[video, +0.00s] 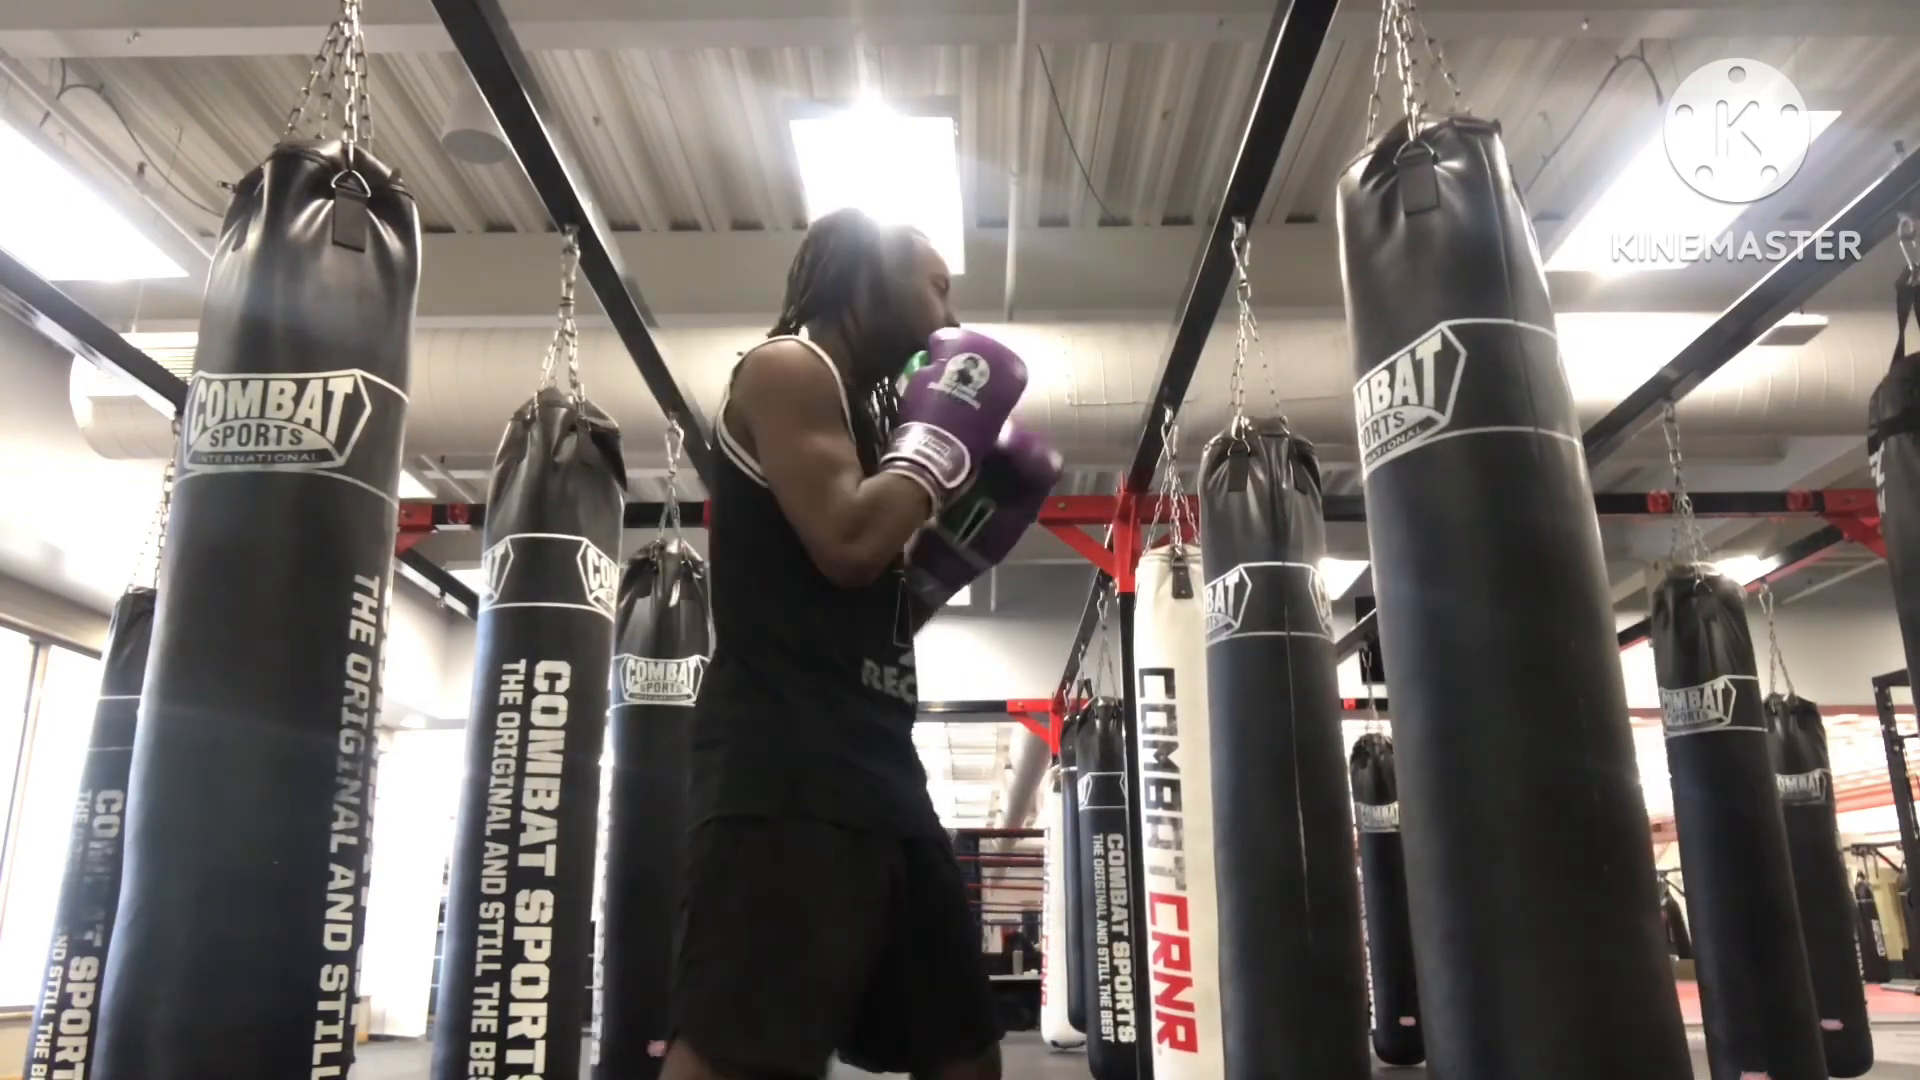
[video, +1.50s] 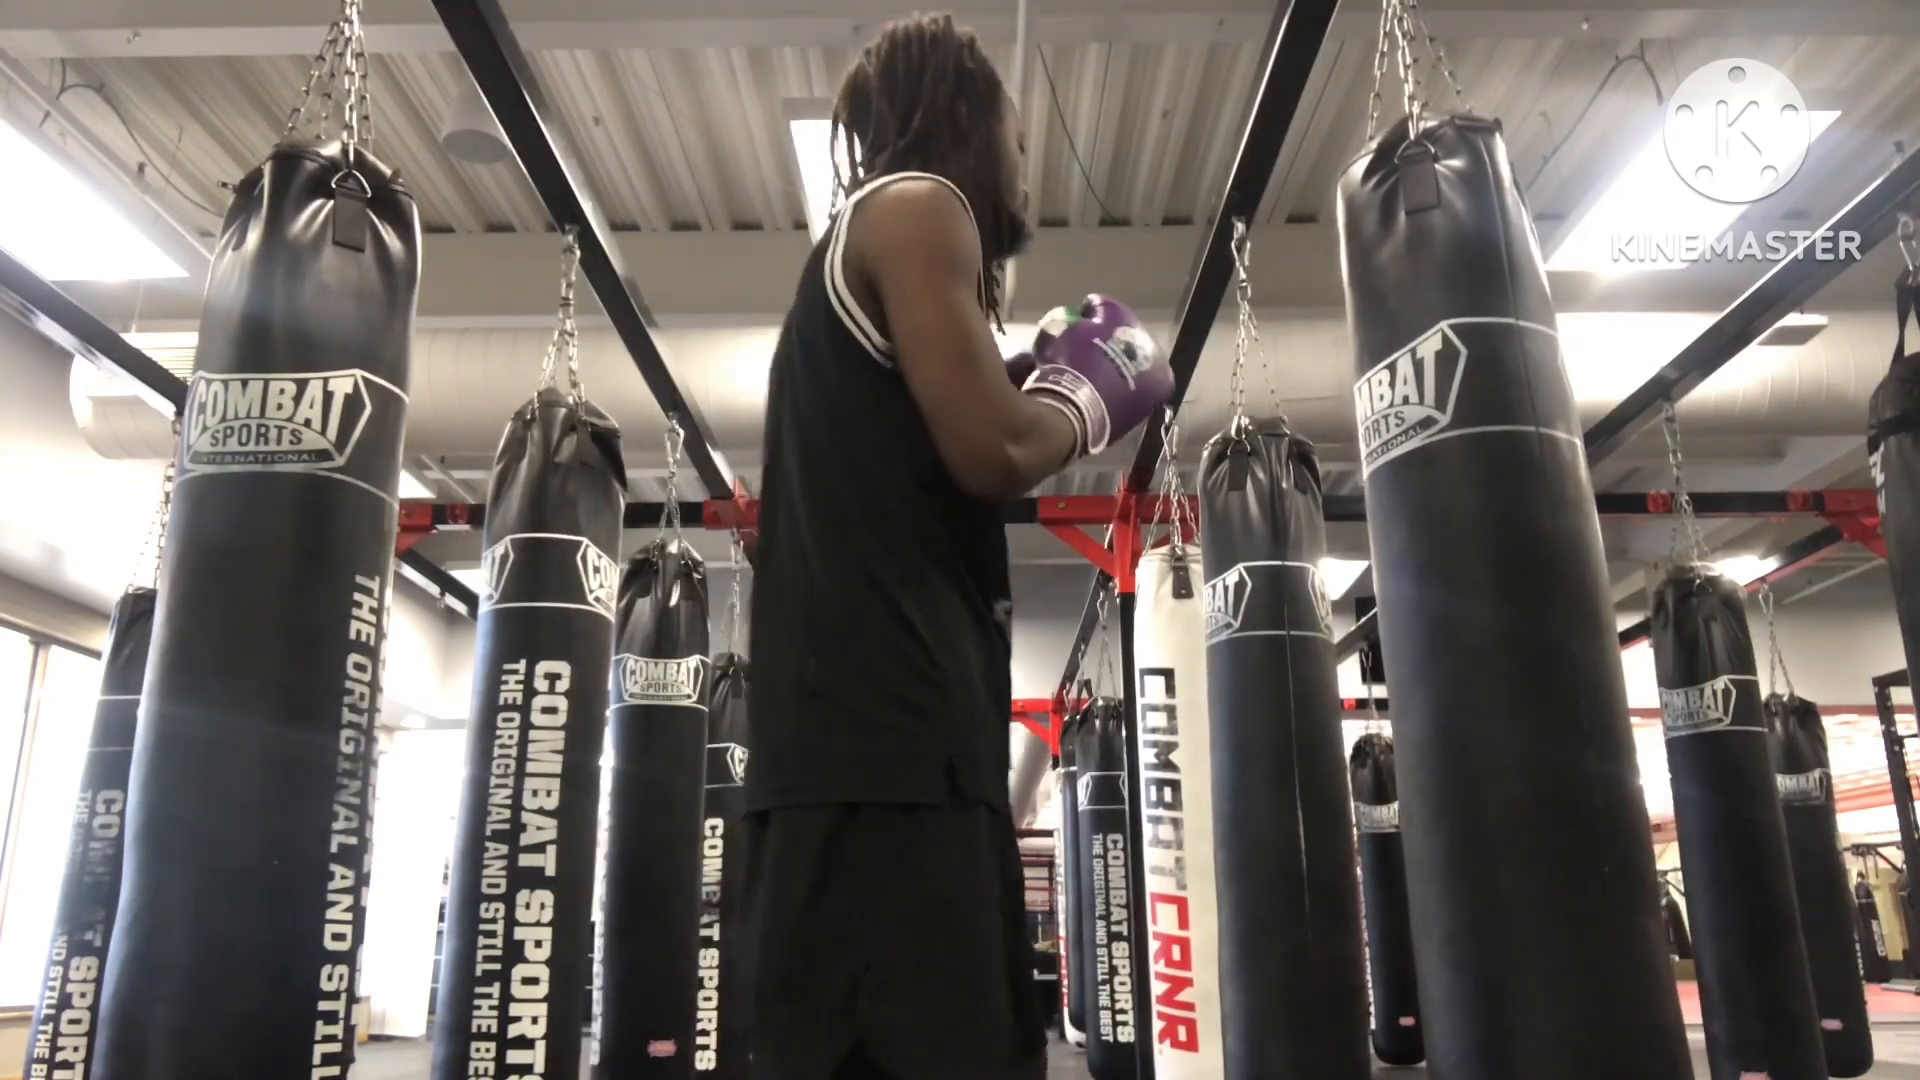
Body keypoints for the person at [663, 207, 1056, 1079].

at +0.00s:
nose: (950, 315)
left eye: (949, 293)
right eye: (936, 288)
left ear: (870, 293)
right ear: (869, 281)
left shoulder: (864, 410)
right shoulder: (787, 367)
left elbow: (873, 613)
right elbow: (848, 540)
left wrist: (969, 532)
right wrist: (944, 429)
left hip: (876, 772)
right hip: (783, 771)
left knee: (960, 1047)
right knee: (728, 1046)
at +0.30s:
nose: (916, 296)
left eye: (917, 273)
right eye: (906, 263)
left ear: (839, 254)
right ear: (837, 243)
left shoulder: (817, 392)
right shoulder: (749, 329)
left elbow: (841, 547)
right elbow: (813, 538)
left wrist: (915, 456)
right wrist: (919, 453)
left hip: (836, 772)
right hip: (732, 778)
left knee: (997, 1036)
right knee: (712, 1055)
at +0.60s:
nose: (987, 274)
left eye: (987, 250)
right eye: (974, 245)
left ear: (896, 245)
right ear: (912, 234)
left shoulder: (896, 377)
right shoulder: (821, 306)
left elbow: (964, 590)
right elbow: (898, 495)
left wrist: (1003, 461)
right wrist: (1002, 411)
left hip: (922, 753)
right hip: (826, 753)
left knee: (1008, 1040)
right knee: (778, 1047)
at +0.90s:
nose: (1034, 249)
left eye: (1031, 226)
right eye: (1021, 220)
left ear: (939, 210)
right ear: (970, 210)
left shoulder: (932, 327)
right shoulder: (901, 273)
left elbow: (980, 539)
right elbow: (1007, 469)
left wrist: (1065, 403)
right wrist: (1075, 377)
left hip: (935, 745)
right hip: (878, 742)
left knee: (997, 1037)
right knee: (872, 1045)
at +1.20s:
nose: (1022, 193)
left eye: (1021, 168)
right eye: (1014, 162)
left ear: (890, 143)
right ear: (965, 145)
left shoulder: (819, 280)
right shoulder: (906, 209)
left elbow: (956, 475)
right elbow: (985, 457)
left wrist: (1038, 407)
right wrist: (1070, 406)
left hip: (817, 768)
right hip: (891, 769)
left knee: (838, 1044)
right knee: (961, 1042)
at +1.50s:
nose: (1014, 141)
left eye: (1009, 117)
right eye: (1003, 115)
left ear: (882, 116)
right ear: (966, 113)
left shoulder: (857, 237)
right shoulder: (914, 207)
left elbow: (939, 443)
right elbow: (995, 453)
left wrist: (1041, 379)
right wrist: (1088, 401)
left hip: (842, 754)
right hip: (893, 758)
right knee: (928, 1039)